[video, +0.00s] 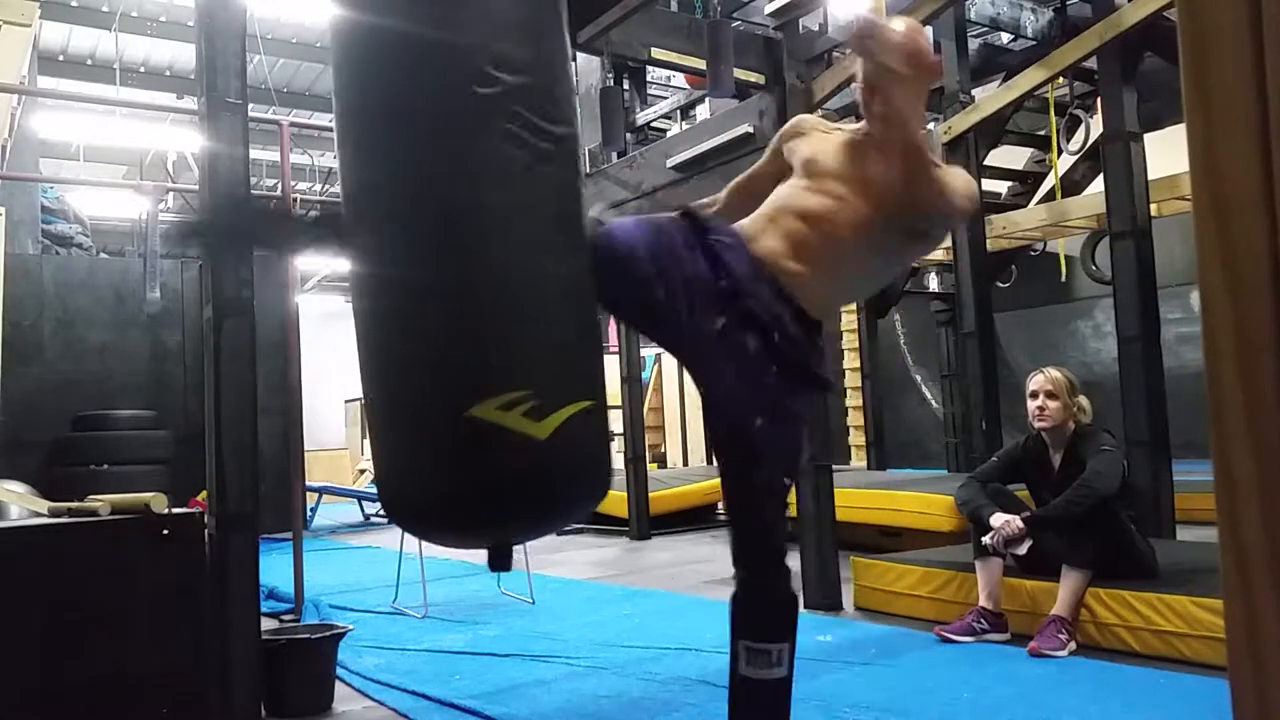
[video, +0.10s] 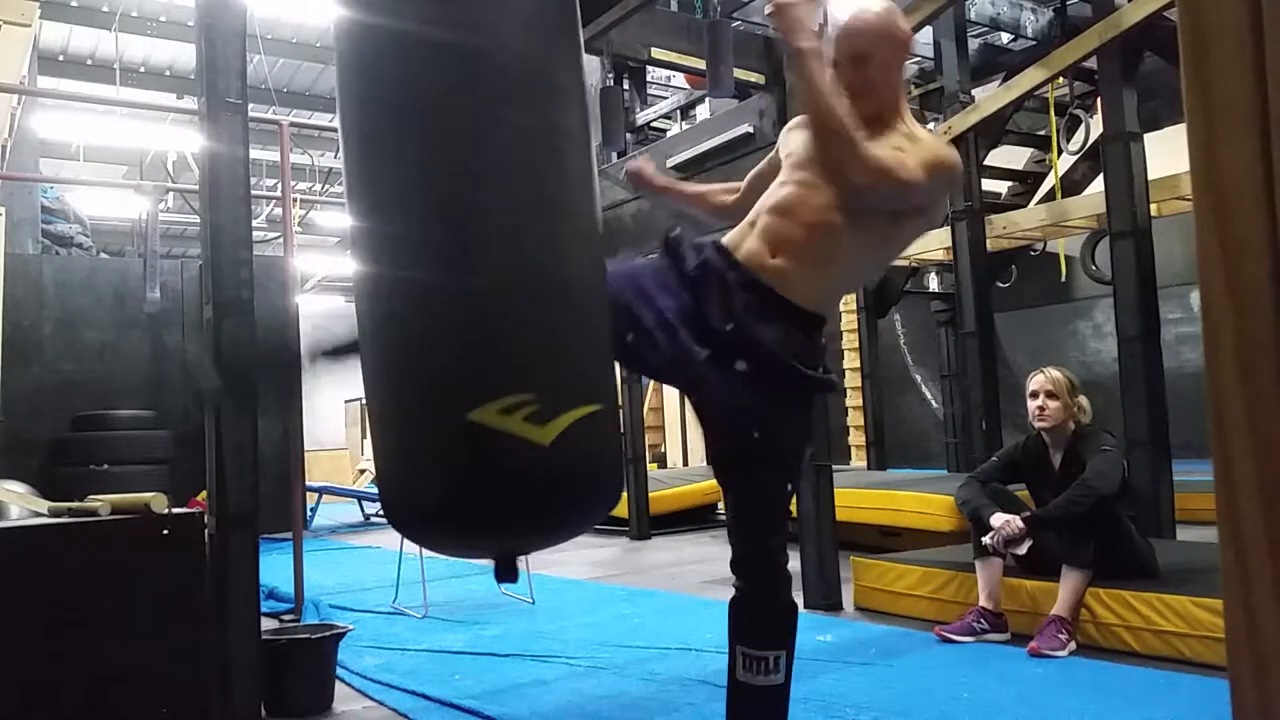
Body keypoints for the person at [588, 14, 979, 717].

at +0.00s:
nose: (865, 77)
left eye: (885, 63)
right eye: (861, 61)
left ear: (929, 77)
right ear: (854, 74)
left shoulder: (952, 189)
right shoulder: (805, 133)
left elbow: (917, 196)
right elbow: (720, 210)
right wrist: (635, 237)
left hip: (774, 346)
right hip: (708, 265)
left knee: (760, 552)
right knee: (580, 251)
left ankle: (760, 714)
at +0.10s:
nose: (843, 80)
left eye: (860, 63)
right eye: (833, 62)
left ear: (903, 60)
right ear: (824, 60)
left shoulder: (935, 161)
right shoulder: (806, 125)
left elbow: (863, 186)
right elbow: (738, 204)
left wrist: (800, 44)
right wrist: (664, 184)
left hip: (775, 347)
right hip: (694, 280)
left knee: (760, 560)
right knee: (544, 306)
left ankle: (756, 712)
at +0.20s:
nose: (811, 53)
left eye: (826, 35)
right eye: (805, 42)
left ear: (876, 33)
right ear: (801, 47)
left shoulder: (916, 132)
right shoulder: (809, 126)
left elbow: (833, 183)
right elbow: (733, 209)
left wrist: (759, 77)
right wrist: (658, 180)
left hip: (778, 340)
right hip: (700, 301)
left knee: (754, 551)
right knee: (558, 386)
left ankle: (756, 713)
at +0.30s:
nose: (774, 51)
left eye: (791, 33)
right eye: (770, 40)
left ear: (844, 38)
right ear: (775, 57)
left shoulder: (878, 123)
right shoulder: (791, 141)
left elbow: (825, 201)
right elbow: (727, 242)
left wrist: (722, 111)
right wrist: (635, 206)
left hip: (774, 342)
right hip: (712, 330)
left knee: (742, 538)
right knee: (610, 449)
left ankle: (757, 712)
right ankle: (621, 617)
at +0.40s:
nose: (740, 75)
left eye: (750, 53)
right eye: (738, 62)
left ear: (797, 46)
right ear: (792, 53)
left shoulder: (831, 126)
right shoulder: (796, 138)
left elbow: (783, 205)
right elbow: (766, 249)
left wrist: (654, 132)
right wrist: (718, 303)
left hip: (768, 350)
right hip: (737, 348)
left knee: (730, 538)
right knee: (716, 530)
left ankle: (760, 704)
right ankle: (765, 669)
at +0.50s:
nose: (707, 108)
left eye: (709, 92)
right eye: (704, 96)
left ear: (742, 77)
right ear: (770, 77)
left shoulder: (763, 141)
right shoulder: (812, 151)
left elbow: (709, 206)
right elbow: (841, 283)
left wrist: (590, 191)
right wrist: (819, 354)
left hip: (763, 363)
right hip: (805, 359)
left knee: (722, 549)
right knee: (801, 544)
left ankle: (767, 705)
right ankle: (818, 699)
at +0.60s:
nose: (693, 137)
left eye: (693, 119)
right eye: (690, 121)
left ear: (717, 104)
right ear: (755, 104)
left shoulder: (726, 164)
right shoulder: (813, 174)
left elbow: (671, 250)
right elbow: (903, 280)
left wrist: (590, 271)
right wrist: (900, 370)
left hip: (772, 378)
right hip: (821, 373)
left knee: (731, 564)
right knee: (806, 556)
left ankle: (768, 710)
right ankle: (824, 707)